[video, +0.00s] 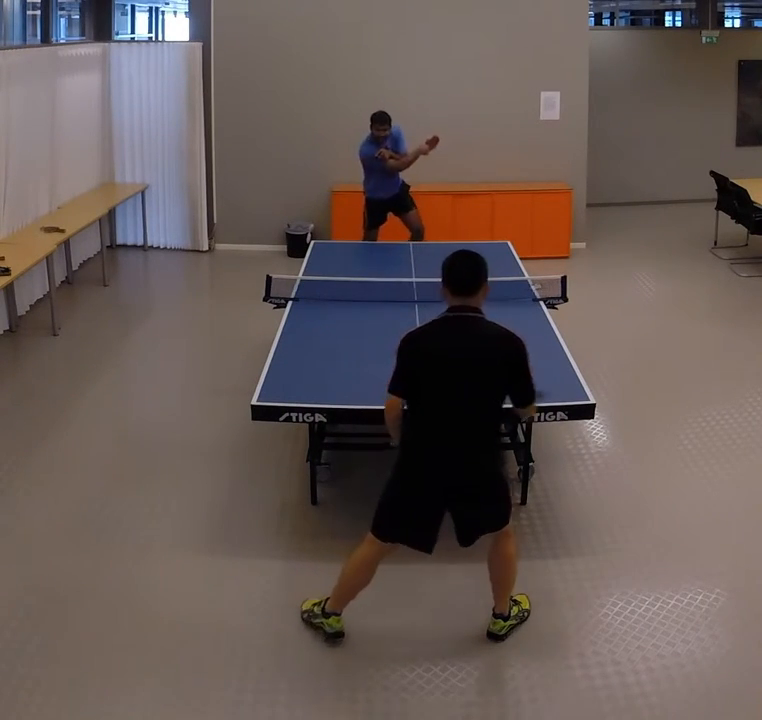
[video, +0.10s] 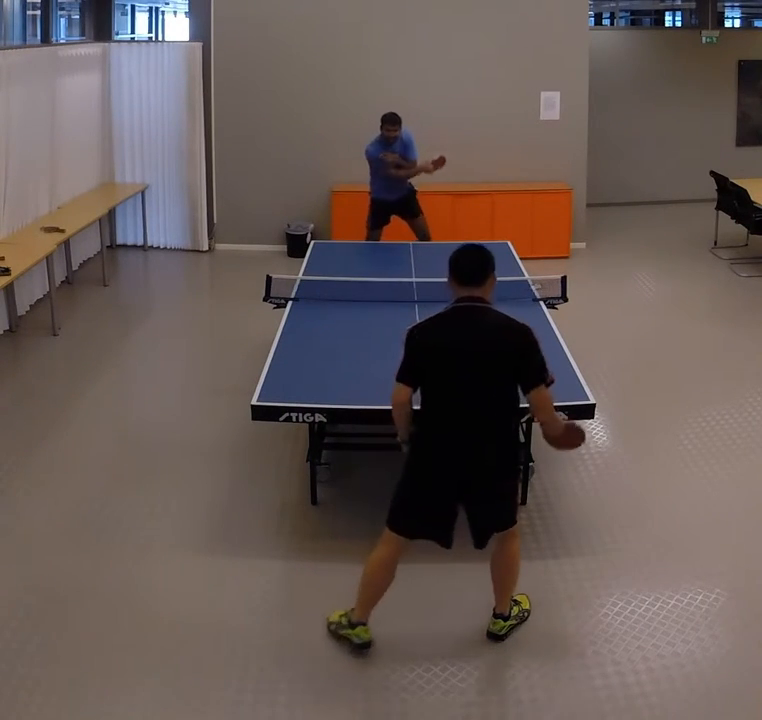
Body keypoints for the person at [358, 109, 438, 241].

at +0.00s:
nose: (382, 134)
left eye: (385, 130)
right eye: (378, 130)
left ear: (390, 128)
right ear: (371, 128)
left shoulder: (395, 133)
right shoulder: (367, 150)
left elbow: (405, 158)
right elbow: (396, 167)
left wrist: (390, 154)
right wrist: (419, 152)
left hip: (397, 192)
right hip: (375, 198)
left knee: (418, 231)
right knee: (370, 239)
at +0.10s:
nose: (391, 134)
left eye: (395, 131)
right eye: (388, 131)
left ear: (400, 129)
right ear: (381, 129)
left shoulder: (406, 138)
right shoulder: (373, 150)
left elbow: (412, 165)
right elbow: (394, 174)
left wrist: (397, 160)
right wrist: (421, 168)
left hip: (404, 195)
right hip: (380, 199)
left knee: (425, 237)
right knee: (372, 241)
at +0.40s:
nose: (427, 135)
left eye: (431, 132)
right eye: (424, 131)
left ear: (436, 132)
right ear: (417, 130)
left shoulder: (440, 147)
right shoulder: (402, 151)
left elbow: (449, 172)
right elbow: (392, 180)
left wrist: (433, 181)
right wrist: (396, 208)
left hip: (428, 202)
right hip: (405, 202)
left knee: (442, 241)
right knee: (389, 243)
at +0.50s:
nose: (431, 131)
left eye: (435, 128)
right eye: (428, 127)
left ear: (440, 128)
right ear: (422, 126)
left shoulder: (444, 146)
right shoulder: (405, 147)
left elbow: (452, 167)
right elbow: (392, 173)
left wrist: (448, 192)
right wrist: (391, 201)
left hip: (430, 200)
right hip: (405, 200)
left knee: (441, 242)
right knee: (394, 242)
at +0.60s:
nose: (431, 131)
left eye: (435, 127)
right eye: (428, 127)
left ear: (440, 128)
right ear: (422, 126)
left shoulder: (445, 146)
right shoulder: (405, 146)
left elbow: (454, 169)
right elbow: (392, 170)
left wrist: (456, 198)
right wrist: (389, 198)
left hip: (431, 200)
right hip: (406, 200)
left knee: (441, 241)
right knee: (396, 240)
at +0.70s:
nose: (428, 135)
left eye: (432, 132)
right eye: (425, 131)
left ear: (437, 132)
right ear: (419, 130)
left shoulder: (444, 149)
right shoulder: (404, 149)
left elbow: (455, 172)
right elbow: (391, 176)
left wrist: (457, 202)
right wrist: (391, 204)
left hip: (431, 203)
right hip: (406, 202)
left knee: (441, 244)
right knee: (396, 244)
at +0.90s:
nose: (419, 146)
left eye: (423, 142)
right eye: (415, 142)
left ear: (428, 141)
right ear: (409, 140)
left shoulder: (436, 156)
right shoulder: (398, 161)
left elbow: (445, 180)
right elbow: (398, 191)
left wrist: (451, 207)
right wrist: (409, 209)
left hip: (425, 204)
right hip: (401, 205)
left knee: (433, 245)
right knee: (397, 245)